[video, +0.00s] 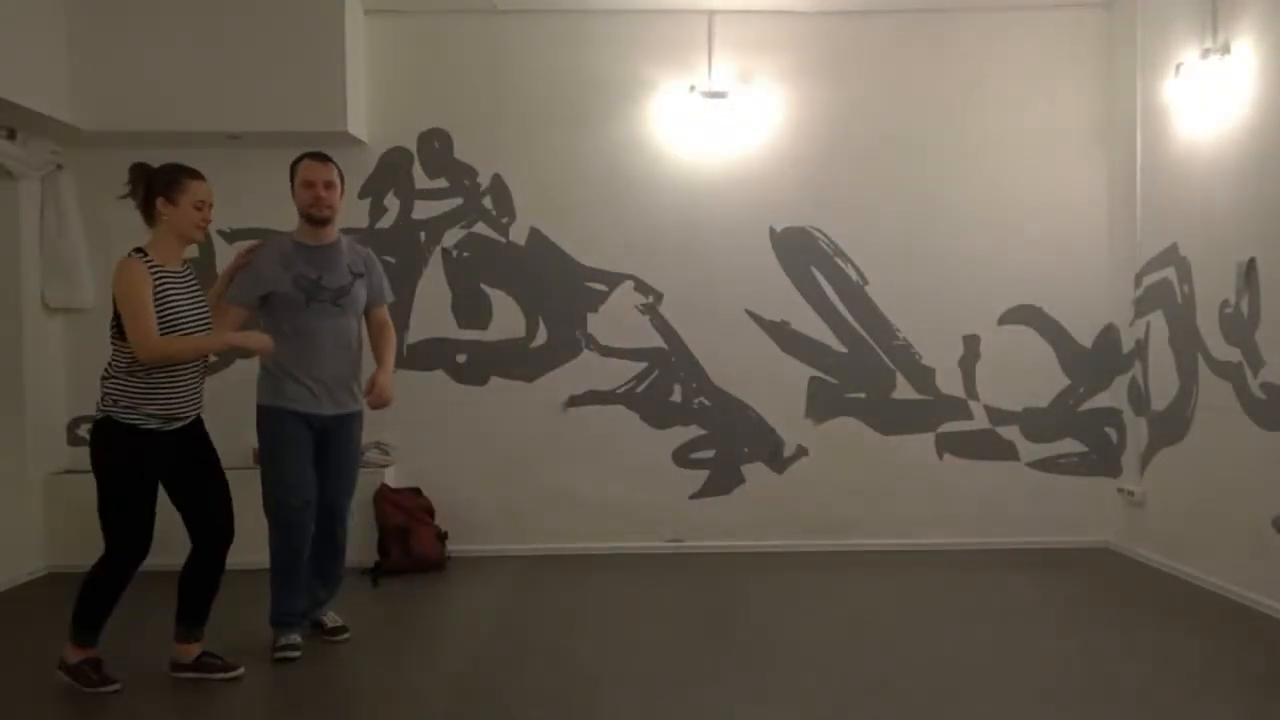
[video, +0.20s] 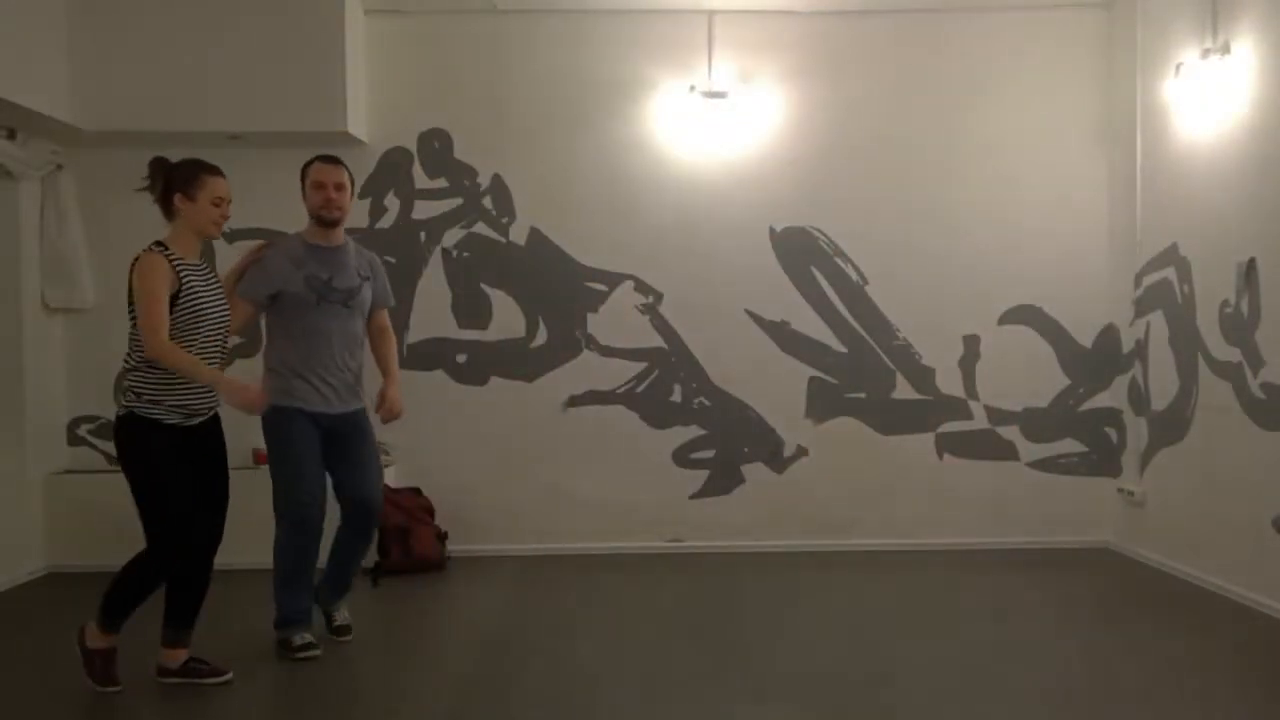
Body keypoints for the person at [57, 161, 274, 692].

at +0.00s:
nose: (208, 217)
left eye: (210, 209)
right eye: (199, 207)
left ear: (179, 212)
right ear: (163, 206)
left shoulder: (186, 272)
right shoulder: (135, 269)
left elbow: (197, 337)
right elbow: (148, 348)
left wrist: (229, 279)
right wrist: (227, 341)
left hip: (181, 429)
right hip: (125, 431)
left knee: (214, 530)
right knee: (128, 545)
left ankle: (187, 650)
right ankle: (77, 651)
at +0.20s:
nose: (226, 213)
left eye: (228, 204)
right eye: (217, 203)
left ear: (205, 208)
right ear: (182, 203)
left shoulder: (203, 267)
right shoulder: (155, 263)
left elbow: (213, 332)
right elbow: (156, 345)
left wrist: (241, 275)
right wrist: (225, 383)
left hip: (199, 424)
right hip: (151, 425)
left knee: (201, 543)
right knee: (168, 545)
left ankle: (174, 656)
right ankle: (98, 635)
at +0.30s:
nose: (238, 216)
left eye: (240, 207)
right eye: (230, 206)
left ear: (214, 211)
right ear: (194, 207)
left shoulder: (206, 268)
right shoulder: (170, 268)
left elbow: (214, 330)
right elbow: (155, 353)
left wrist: (243, 276)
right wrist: (186, 423)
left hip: (209, 425)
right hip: (165, 428)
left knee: (214, 542)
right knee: (201, 541)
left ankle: (176, 654)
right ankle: (133, 624)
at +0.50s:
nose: (266, 210)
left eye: (267, 201)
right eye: (257, 200)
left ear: (234, 204)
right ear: (222, 199)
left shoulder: (235, 263)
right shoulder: (195, 262)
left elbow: (237, 316)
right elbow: (153, 338)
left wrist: (271, 270)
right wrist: (127, 415)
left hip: (222, 421)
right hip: (194, 422)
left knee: (196, 540)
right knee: (258, 528)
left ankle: (174, 654)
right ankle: (245, 658)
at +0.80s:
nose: (303, 208)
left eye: (305, 199)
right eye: (296, 197)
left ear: (270, 200)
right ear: (261, 197)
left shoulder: (280, 259)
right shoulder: (227, 265)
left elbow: (288, 306)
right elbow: (194, 349)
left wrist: (317, 264)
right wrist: (174, 426)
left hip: (282, 419)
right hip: (244, 422)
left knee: (281, 539)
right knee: (282, 540)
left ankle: (197, 630)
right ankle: (281, 667)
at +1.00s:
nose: (321, 208)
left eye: (321, 199)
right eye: (312, 198)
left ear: (291, 204)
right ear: (277, 200)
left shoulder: (299, 262)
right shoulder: (255, 270)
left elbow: (306, 316)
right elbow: (257, 363)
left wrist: (339, 269)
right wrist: (288, 431)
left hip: (307, 420)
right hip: (263, 425)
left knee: (353, 530)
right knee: (297, 544)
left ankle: (286, 629)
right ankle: (281, 665)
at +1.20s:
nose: (329, 193)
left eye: (328, 183)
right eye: (318, 184)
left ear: (297, 195)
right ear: (284, 194)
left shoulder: (307, 256)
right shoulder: (272, 264)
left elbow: (311, 316)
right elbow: (301, 345)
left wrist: (333, 266)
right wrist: (386, 359)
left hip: (323, 421)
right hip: (283, 424)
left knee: (355, 531)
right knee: (307, 541)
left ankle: (358, 661)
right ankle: (282, 667)